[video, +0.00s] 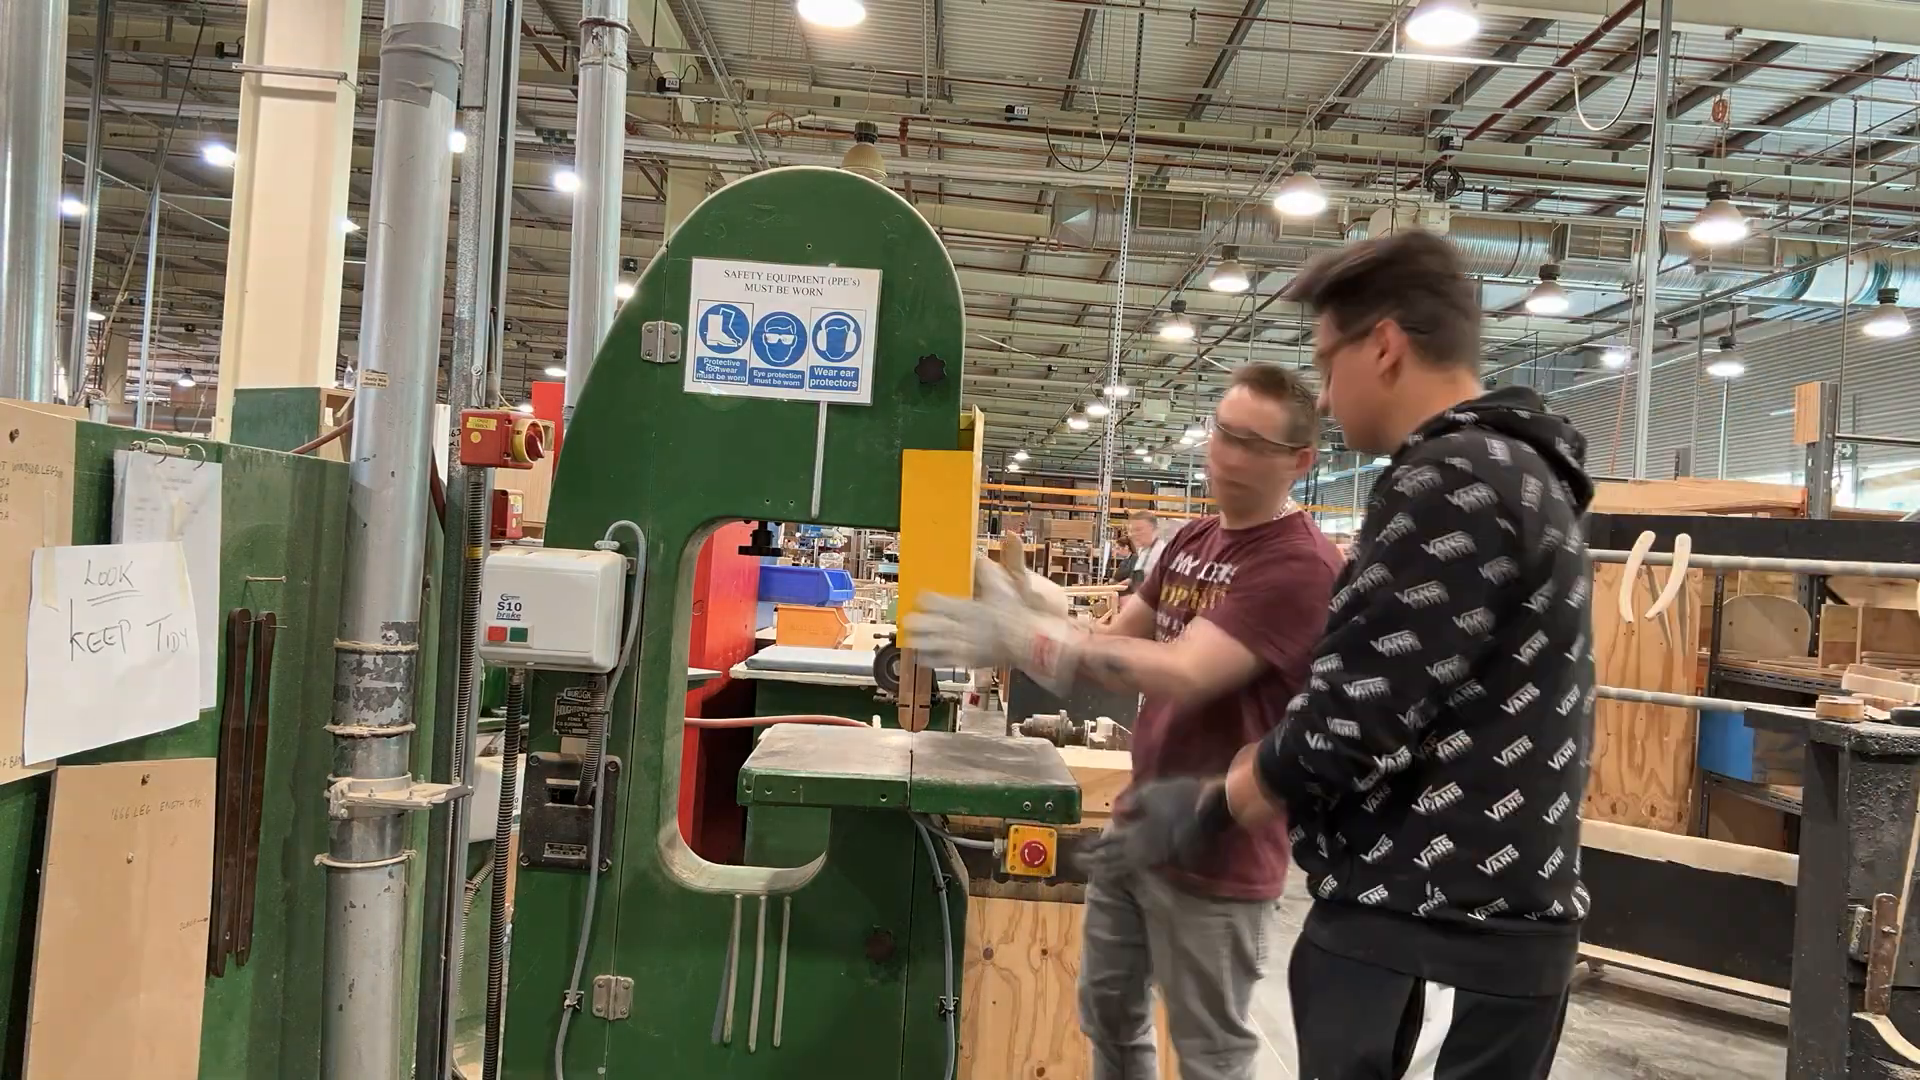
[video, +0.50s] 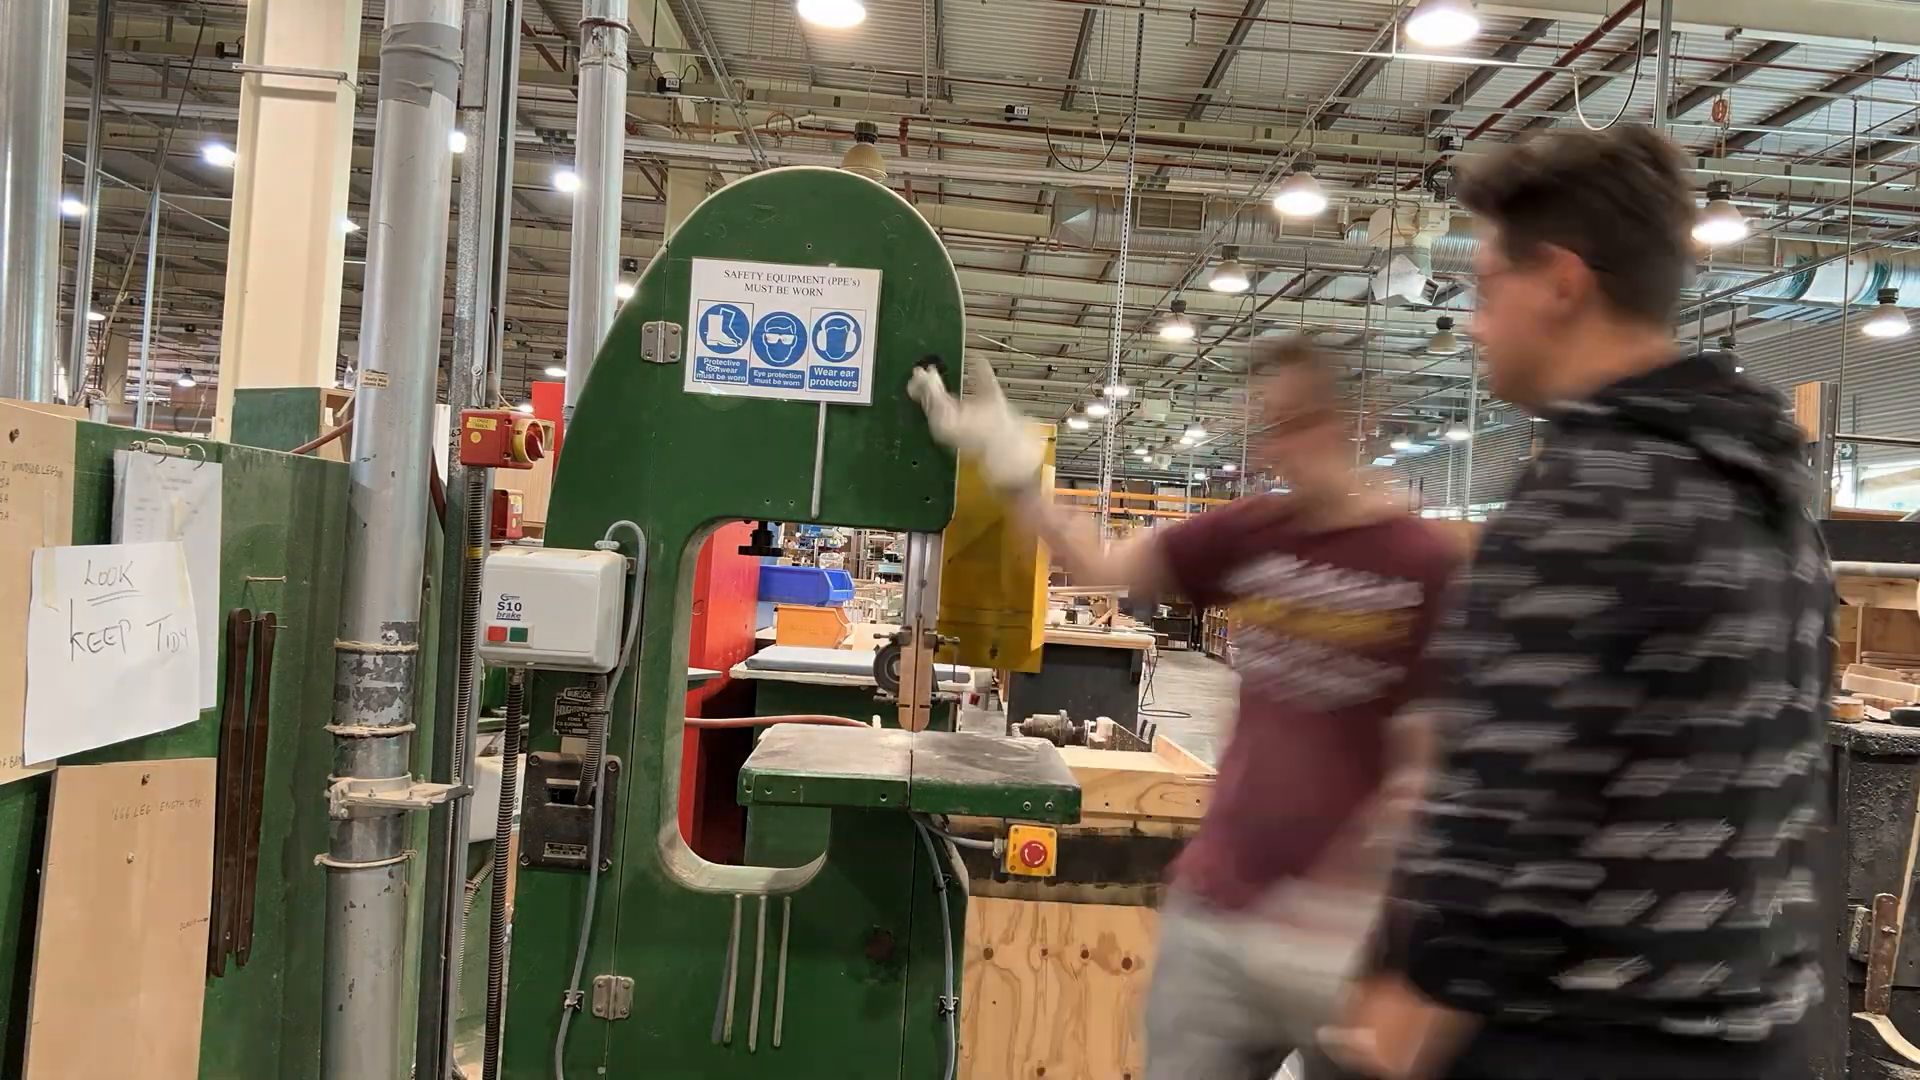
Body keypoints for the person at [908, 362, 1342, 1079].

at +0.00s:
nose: (1225, 454)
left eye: (1251, 442)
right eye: (1220, 432)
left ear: (1299, 462)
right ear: (1210, 431)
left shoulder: (1301, 565)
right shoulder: (1188, 539)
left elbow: (1189, 672)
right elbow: (1116, 646)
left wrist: (1035, 643)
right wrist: (1048, 631)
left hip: (1222, 863)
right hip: (1138, 831)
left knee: (1213, 1053)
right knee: (1111, 1018)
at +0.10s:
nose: (1144, 464)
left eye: (1161, 447)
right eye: (1142, 446)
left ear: (1221, 452)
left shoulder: (1260, 552)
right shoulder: (1146, 542)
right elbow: (1122, 645)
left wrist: (1094, 694)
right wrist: (1029, 649)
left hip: (1207, 847)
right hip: (1116, 823)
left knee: (1219, 1048)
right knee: (1075, 998)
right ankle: (1071, 1075)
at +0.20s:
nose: (1059, 479)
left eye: (1082, 471)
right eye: (1055, 458)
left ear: (1104, 482)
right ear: (1035, 449)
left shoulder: (1117, 561)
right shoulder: (986, 534)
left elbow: (1099, 682)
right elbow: (935, 606)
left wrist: (1052, 693)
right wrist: (900, 611)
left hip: (1048, 798)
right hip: (959, 780)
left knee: (1054, 1003)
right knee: (988, 996)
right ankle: (1012, 1079)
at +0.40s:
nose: (1112, 467)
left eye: (1118, 453)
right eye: (1097, 450)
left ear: (1121, 460)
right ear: (1047, 449)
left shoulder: (1131, 552)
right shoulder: (995, 531)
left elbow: (1152, 677)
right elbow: (942, 638)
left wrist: (1109, 695)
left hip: (1074, 796)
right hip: (977, 784)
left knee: (1069, 1003)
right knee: (999, 991)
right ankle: (1019, 1079)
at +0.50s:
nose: (1269, 448)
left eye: (1290, 424)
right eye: (1263, 428)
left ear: (1347, 423)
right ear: (1258, 437)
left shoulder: (1428, 558)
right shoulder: (1254, 531)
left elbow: (1420, 758)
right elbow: (1099, 567)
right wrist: (1006, 454)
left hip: (1342, 913)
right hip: (1216, 897)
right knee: (1177, 1066)